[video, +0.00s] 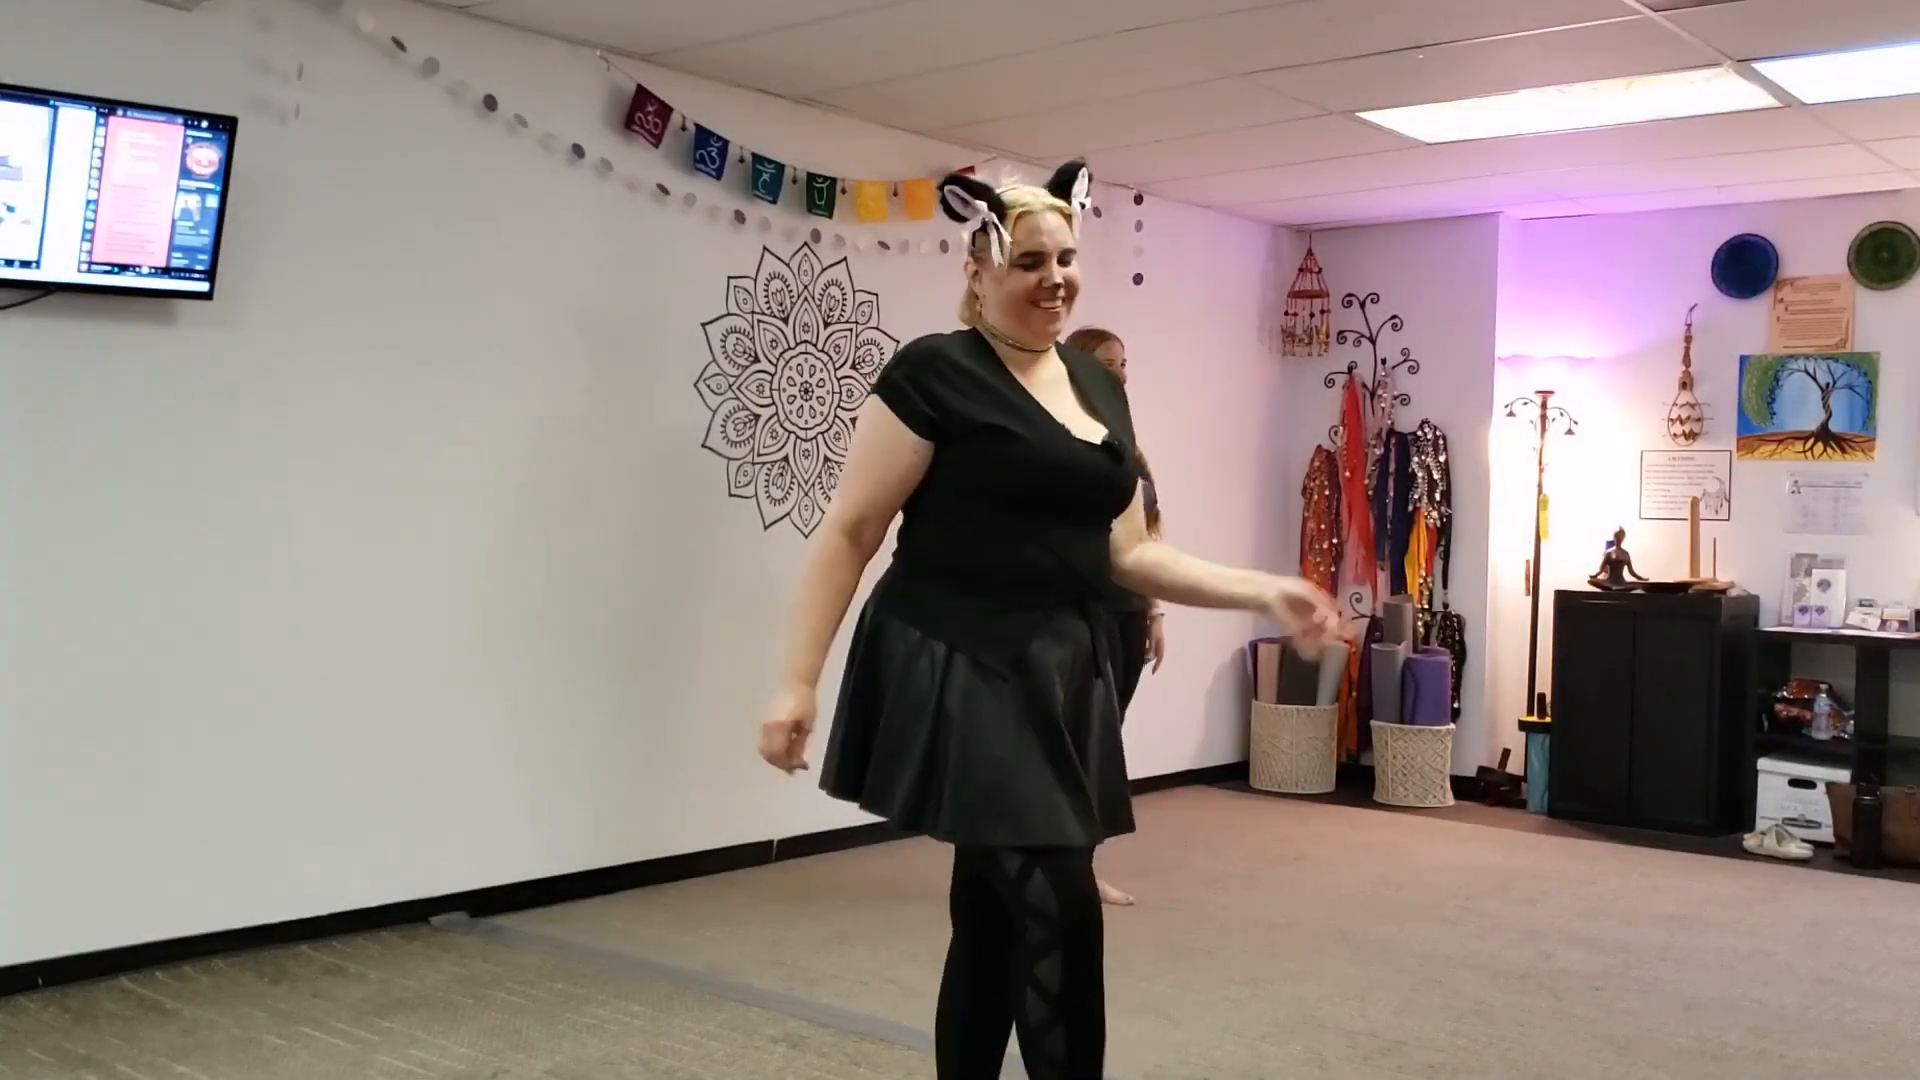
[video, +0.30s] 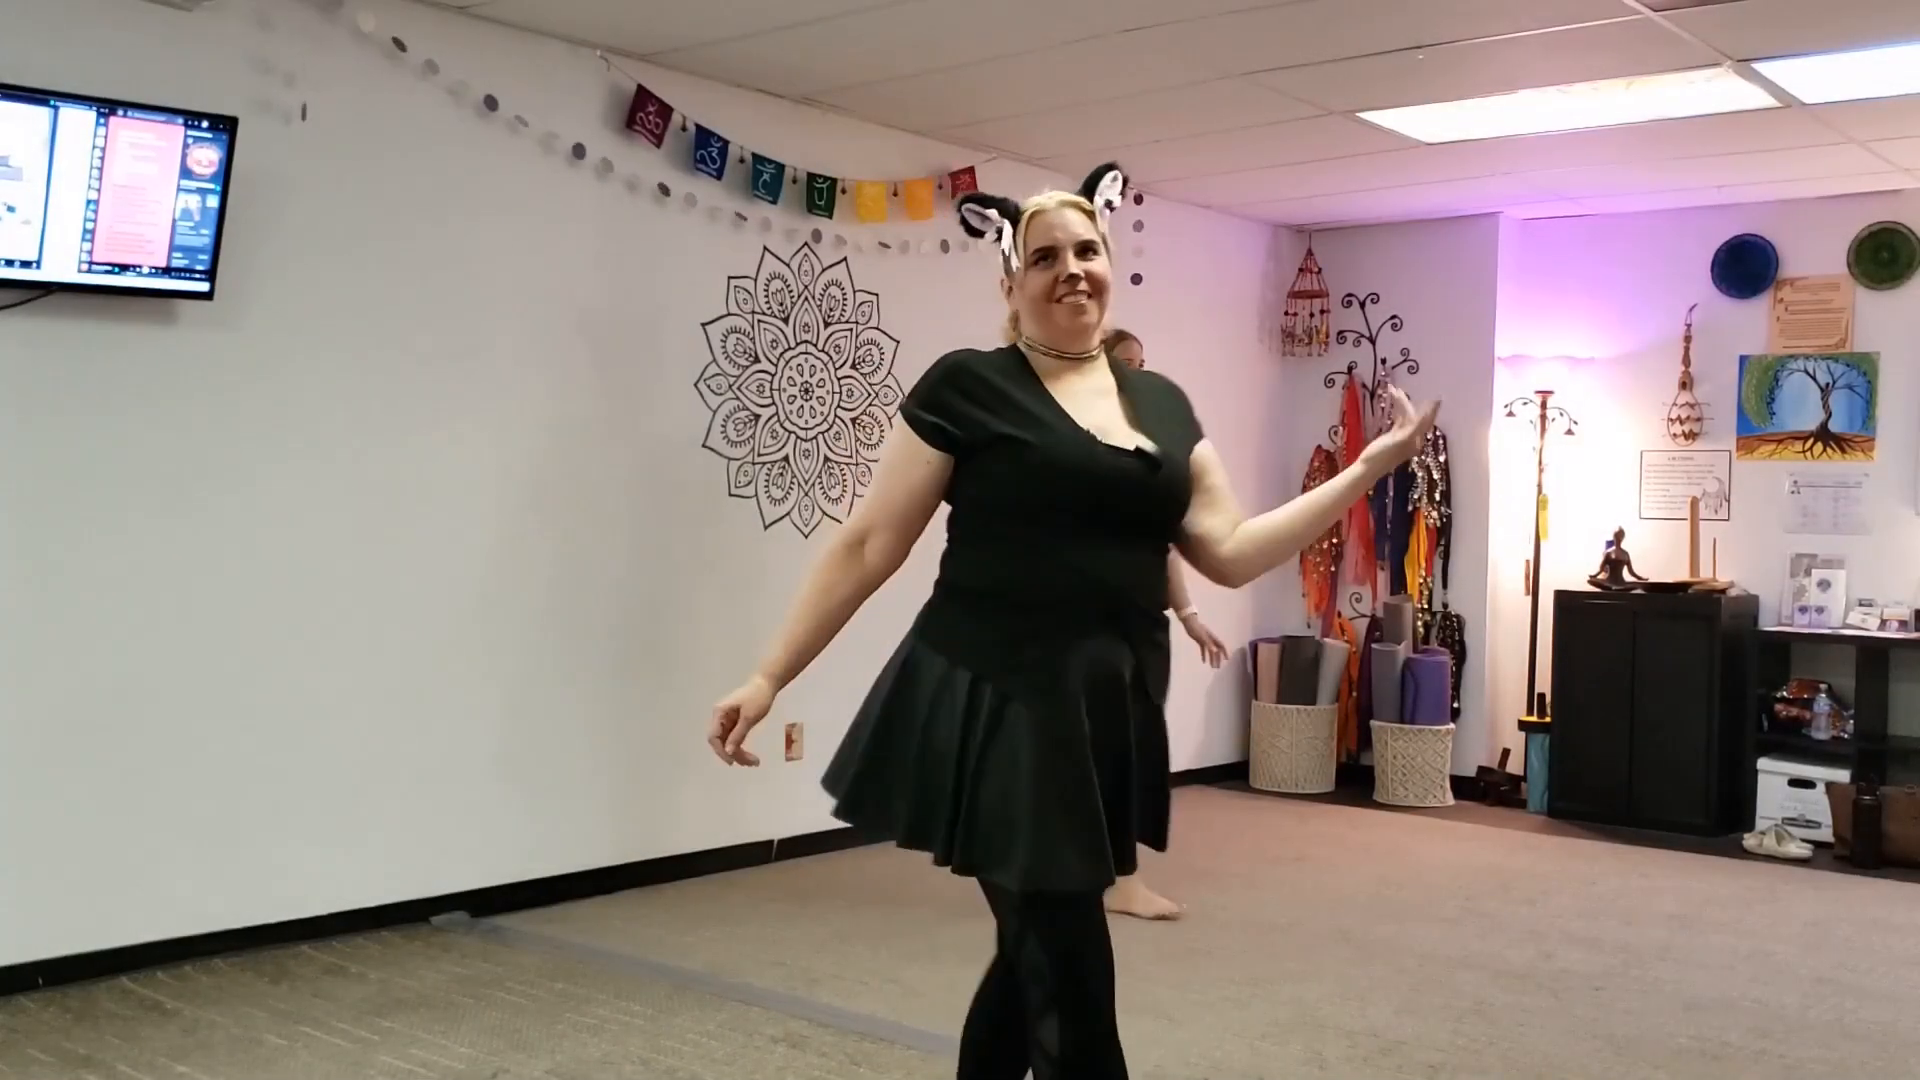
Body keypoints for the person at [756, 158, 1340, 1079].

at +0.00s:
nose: (1055, 278)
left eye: (1066, 259)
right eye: (1031, 260)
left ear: (1079, 269)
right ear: (978, 270)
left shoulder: (1086, 387)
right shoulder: (932, 374)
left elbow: (1130, 552)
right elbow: (850, 533)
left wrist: (1271, 592)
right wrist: (797, 687)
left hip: (1060, 671)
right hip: (950, 668)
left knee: (992, 924)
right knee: (1065, 909)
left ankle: (966, 1076)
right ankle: (1067, 1072)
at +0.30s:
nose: (1071, 269)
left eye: (1087, 250)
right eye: (1046, 255)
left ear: (1114, 275)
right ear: (1013, 285)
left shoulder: (1158, 405)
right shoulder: (970, 387)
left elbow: (1231, 554)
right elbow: (869, 543)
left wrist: (1367, 468)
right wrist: (770, 677)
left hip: (1107, 704)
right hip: (984, 697)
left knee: (1032, 960)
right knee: (1077, 967)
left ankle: (987, 1074)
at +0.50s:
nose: (1088, 268)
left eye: (1106, 248)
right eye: (1063, 254)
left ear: (1138, 267)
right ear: (1032, 282)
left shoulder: (1197, 397)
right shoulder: (988, 393)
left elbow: (1281, 551)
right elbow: (886, 557)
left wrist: (1395, 457)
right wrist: (773, 680)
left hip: (1159, 717)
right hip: (1012, 718)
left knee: (1180, 979)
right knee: (1079, 1006)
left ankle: (1054, 1063)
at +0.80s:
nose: (1081, 243)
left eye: (1108, 227)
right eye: (1061, 225)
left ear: (1150, 253)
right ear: (1037, 249)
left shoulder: (1214, 364)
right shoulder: (983, 377)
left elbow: (1299, 534)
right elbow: (894, 550)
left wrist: (1424, 547)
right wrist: (766, 637)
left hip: (1180, 718)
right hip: (1024, 721)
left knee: (1168, 996)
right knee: (1073, 1008)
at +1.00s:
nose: (1054, 222)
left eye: (1086, 201)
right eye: (1042, 206)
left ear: (1148, 224)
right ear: (1029, 234)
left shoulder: (1219, 369)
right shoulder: (989, 367)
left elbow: (1286, 569)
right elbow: (918, 551)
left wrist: (1374, 699)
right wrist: (803, 641)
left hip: (1164, 749)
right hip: (1010, 748)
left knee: (1103, 1047)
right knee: (1061, 1041)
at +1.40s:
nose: (979, 217)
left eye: (1008, 192)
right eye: (975, 199)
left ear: (1102, 200)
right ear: (973, 216)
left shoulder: (1181, 365)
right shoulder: (962, 356)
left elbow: (1233, 605)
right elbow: (912, 561)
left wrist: (1335, 783)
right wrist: (804, 685)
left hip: (1082, 771)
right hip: (921, 764)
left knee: (1061, 1057)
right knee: (944, 1056)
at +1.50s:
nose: (944, 228)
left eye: (973, 199)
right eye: (946, 204)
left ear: (1072, 207)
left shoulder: (1156, 365)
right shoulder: (950, 366)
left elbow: (1188, 593)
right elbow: (934, 592)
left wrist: (1282, 741)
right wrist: (848, 711)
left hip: (1071, 773)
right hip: (907, 762)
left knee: (1060, 1060)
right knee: (866, 1059)